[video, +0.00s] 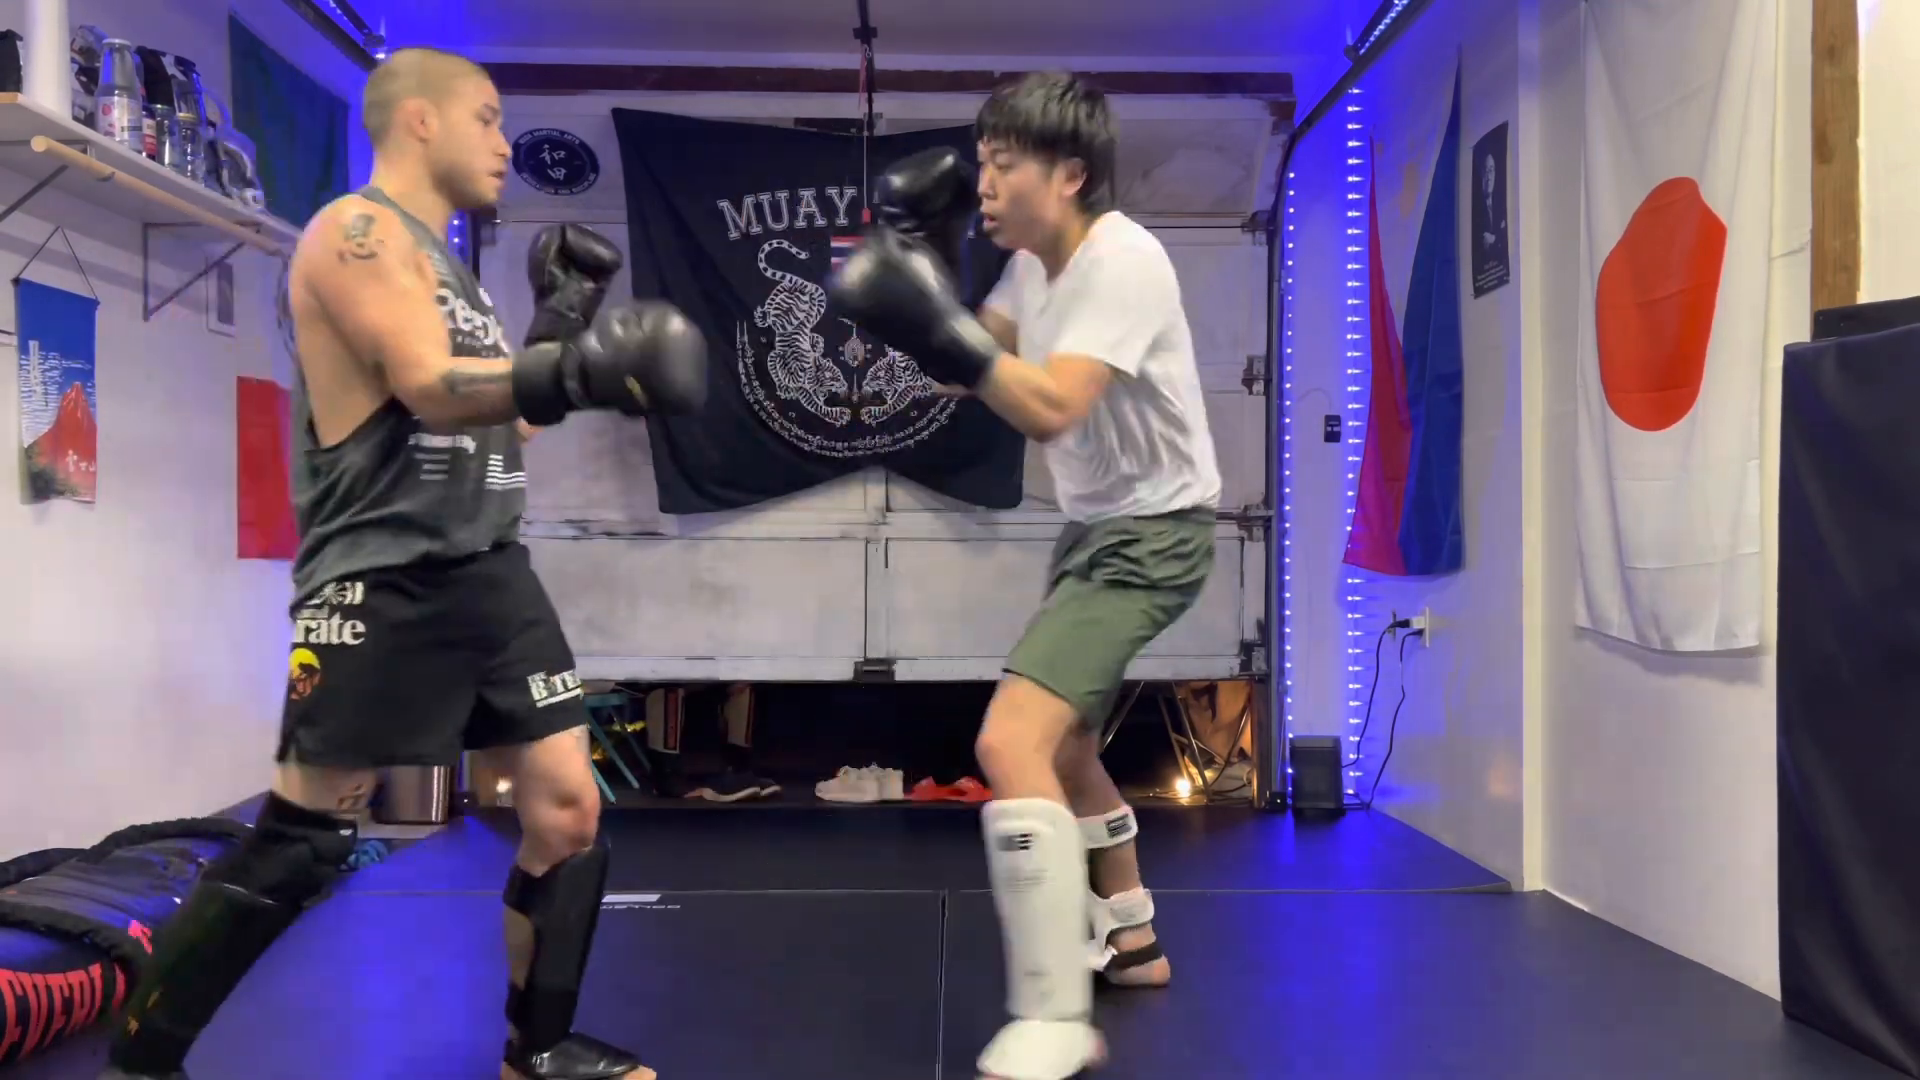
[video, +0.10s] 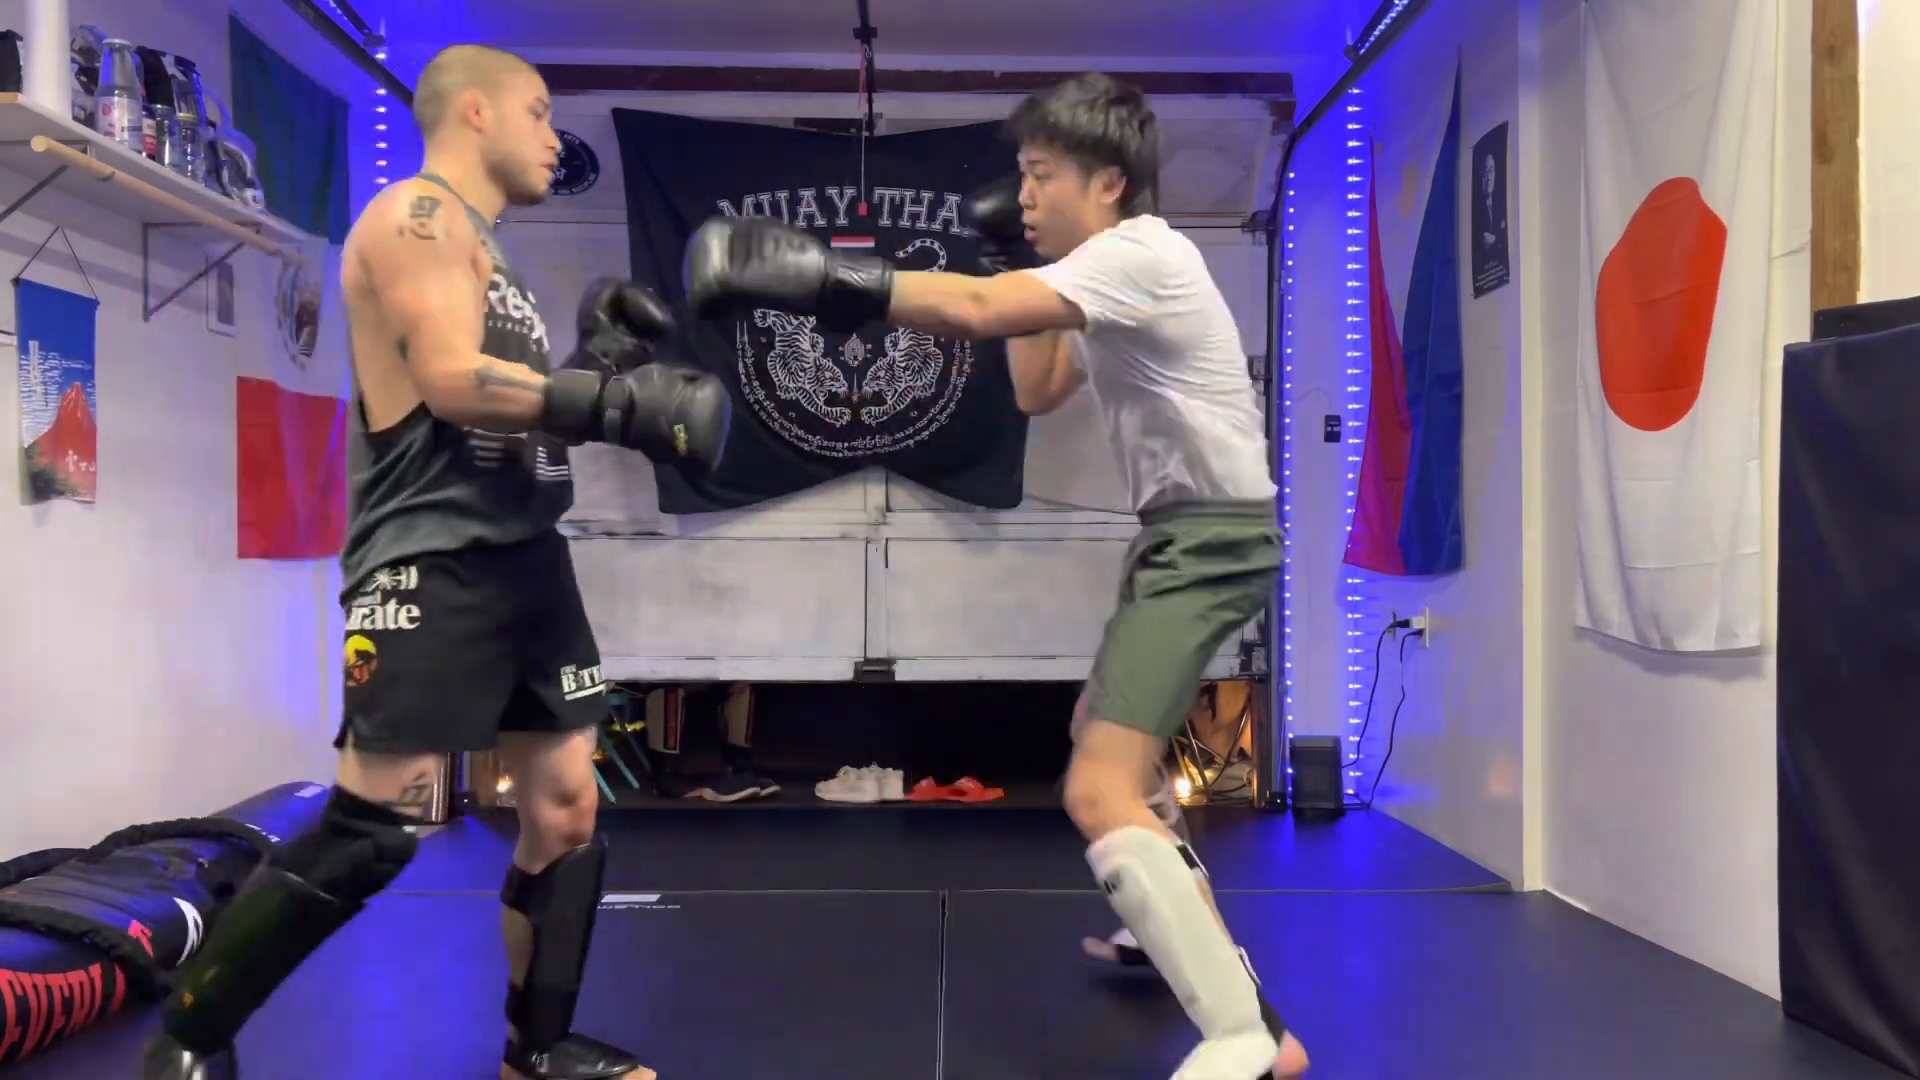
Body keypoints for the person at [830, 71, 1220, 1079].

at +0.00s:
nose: (985, 189)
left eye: (1003, 167)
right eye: (983, 168)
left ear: (1068, 175)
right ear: (1018, 180)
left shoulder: (1123, 259)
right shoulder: (1033, 268)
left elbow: (1052, 409)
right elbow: (985, 363)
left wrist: (942, 325)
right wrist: (933, 249)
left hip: (1153, 533)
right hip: (1096, 532)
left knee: (1012, 744)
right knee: (1063, 742)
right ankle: (1128, 931)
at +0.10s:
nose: (1024, 197)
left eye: (1041, 175)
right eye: (1024, 176)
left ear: (1109, 182)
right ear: (1092, 187)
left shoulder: (1143, 254)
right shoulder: (1111, 272)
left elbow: (972, 303)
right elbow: (1040, 390)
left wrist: (819, 272)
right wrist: (1018, 272)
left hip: (1213, 537)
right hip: (1182, 536)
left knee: (1100, 793)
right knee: (1104, 743)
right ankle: (1182, 924)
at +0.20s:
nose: (1066, 230)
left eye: (1082, 209)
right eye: (1066, 211)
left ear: (1147, 215)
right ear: (1133, 219)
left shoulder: (1186, 280)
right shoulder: (1160, 297)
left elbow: (1052, 357)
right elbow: (1101, 430)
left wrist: (910, 317)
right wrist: (1077, 318)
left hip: (1263, 561)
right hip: (1243, 559)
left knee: (1131, 801)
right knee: (1183, 748)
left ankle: (1246, 1052)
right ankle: (1323, 897)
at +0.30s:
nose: (1113, 215)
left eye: (1131, 193)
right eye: (1113, 195)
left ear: (1196, 203)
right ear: (1169, 210)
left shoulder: (1244, 276)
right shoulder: (1183, 310)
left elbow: (1223, 413)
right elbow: (1124, 410)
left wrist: (1092, 383)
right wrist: (1086, 311)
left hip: (1308, 550)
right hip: (1277, 550)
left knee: (1206, 781)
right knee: (1310, 781)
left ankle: (1259, 1049)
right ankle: (1463, 922)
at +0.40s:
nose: (1158, 179)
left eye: (1178, 158)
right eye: (1157, 161)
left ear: (1239, 167)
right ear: (1195, 175)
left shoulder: (1295, 240)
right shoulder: (1209, 281)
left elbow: (1339, 388)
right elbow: (1139, 373)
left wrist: (1208, 377)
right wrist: (1111, 278)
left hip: (1344, 515)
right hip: (1292, 526)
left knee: (1280, 747)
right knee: (1360, 754)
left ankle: (1314, 1020)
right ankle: (1476, 929)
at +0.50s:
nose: (1189, 142)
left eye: (1209, 123)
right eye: (1186, 123)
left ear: (1270, 133)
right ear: (1200, 137)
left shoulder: (1326, 209)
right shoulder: (1226, 254)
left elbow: (1387, 347)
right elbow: (1174, 357)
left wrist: (1259, 352)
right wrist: (1143, 260)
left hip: (1364, 469)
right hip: (1299, 484)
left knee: (1319, 718)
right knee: (1284, 724)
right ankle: (1436, 896)